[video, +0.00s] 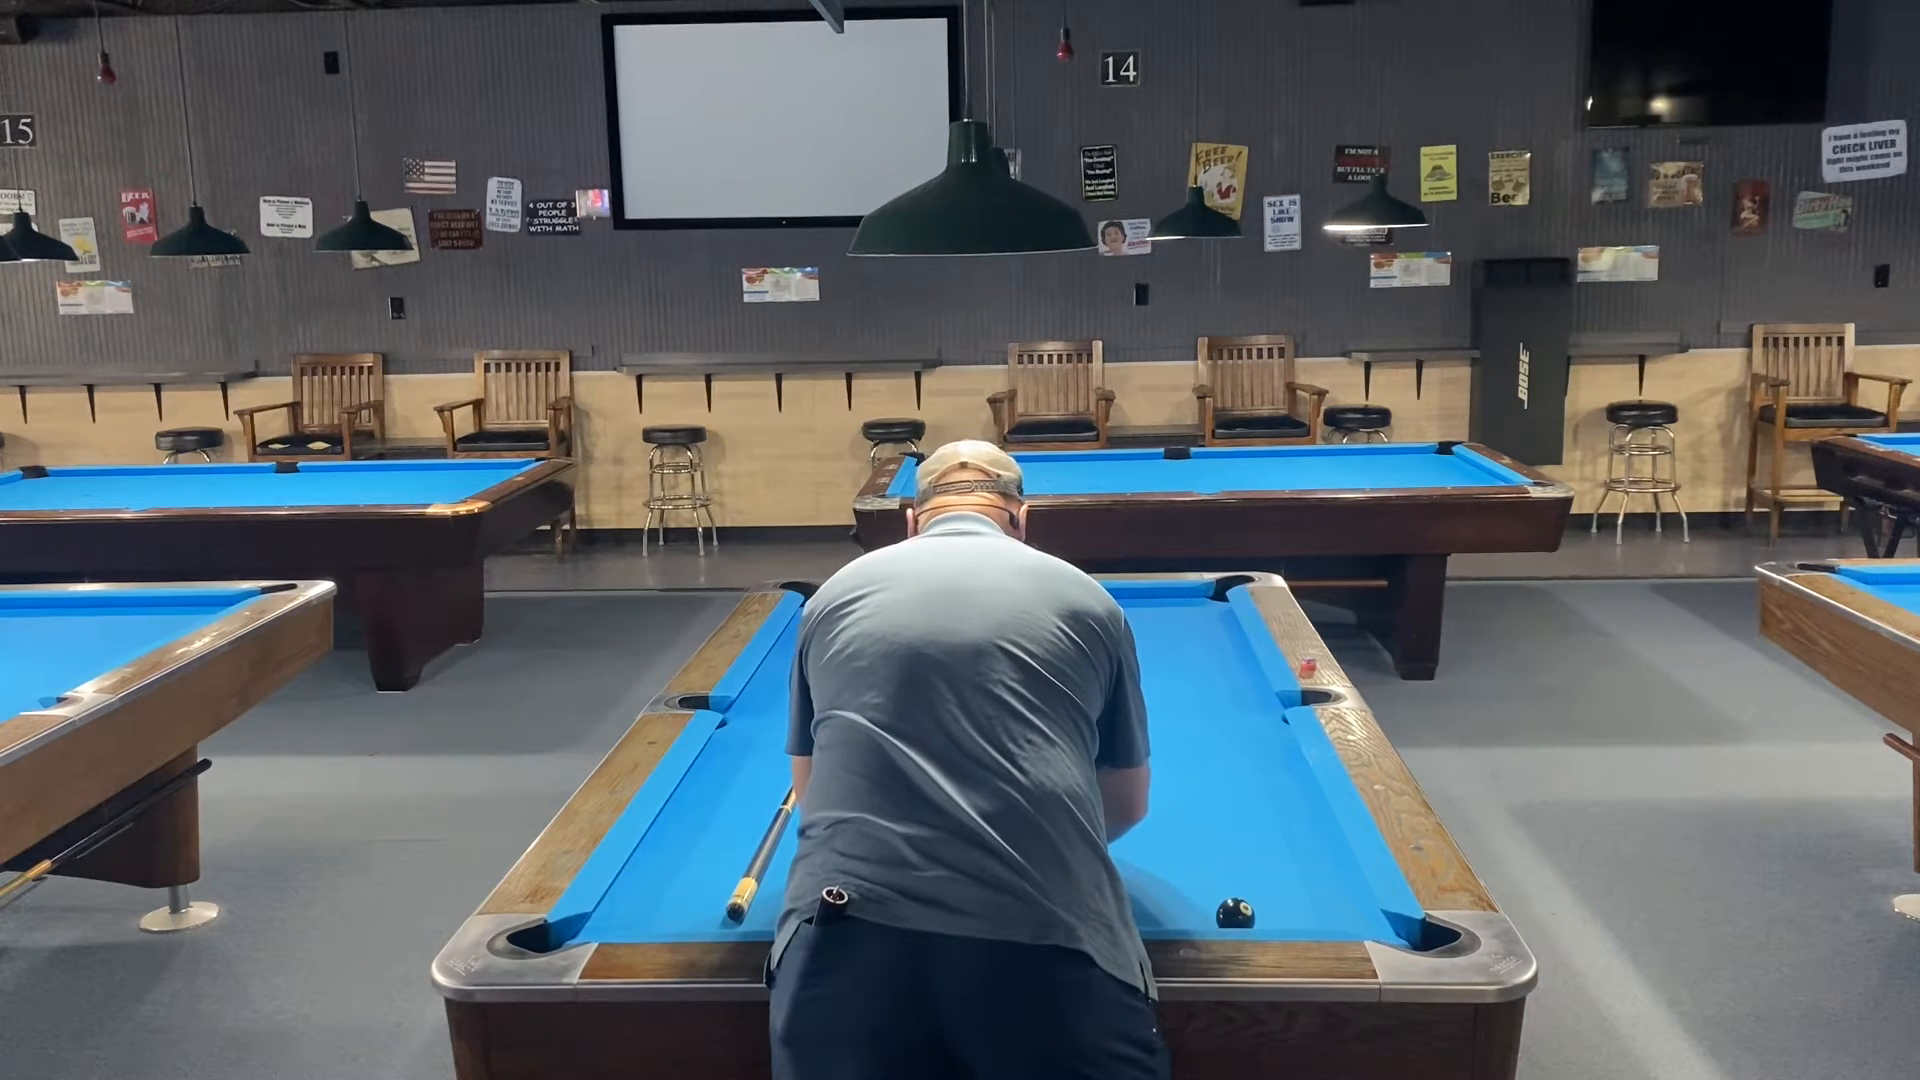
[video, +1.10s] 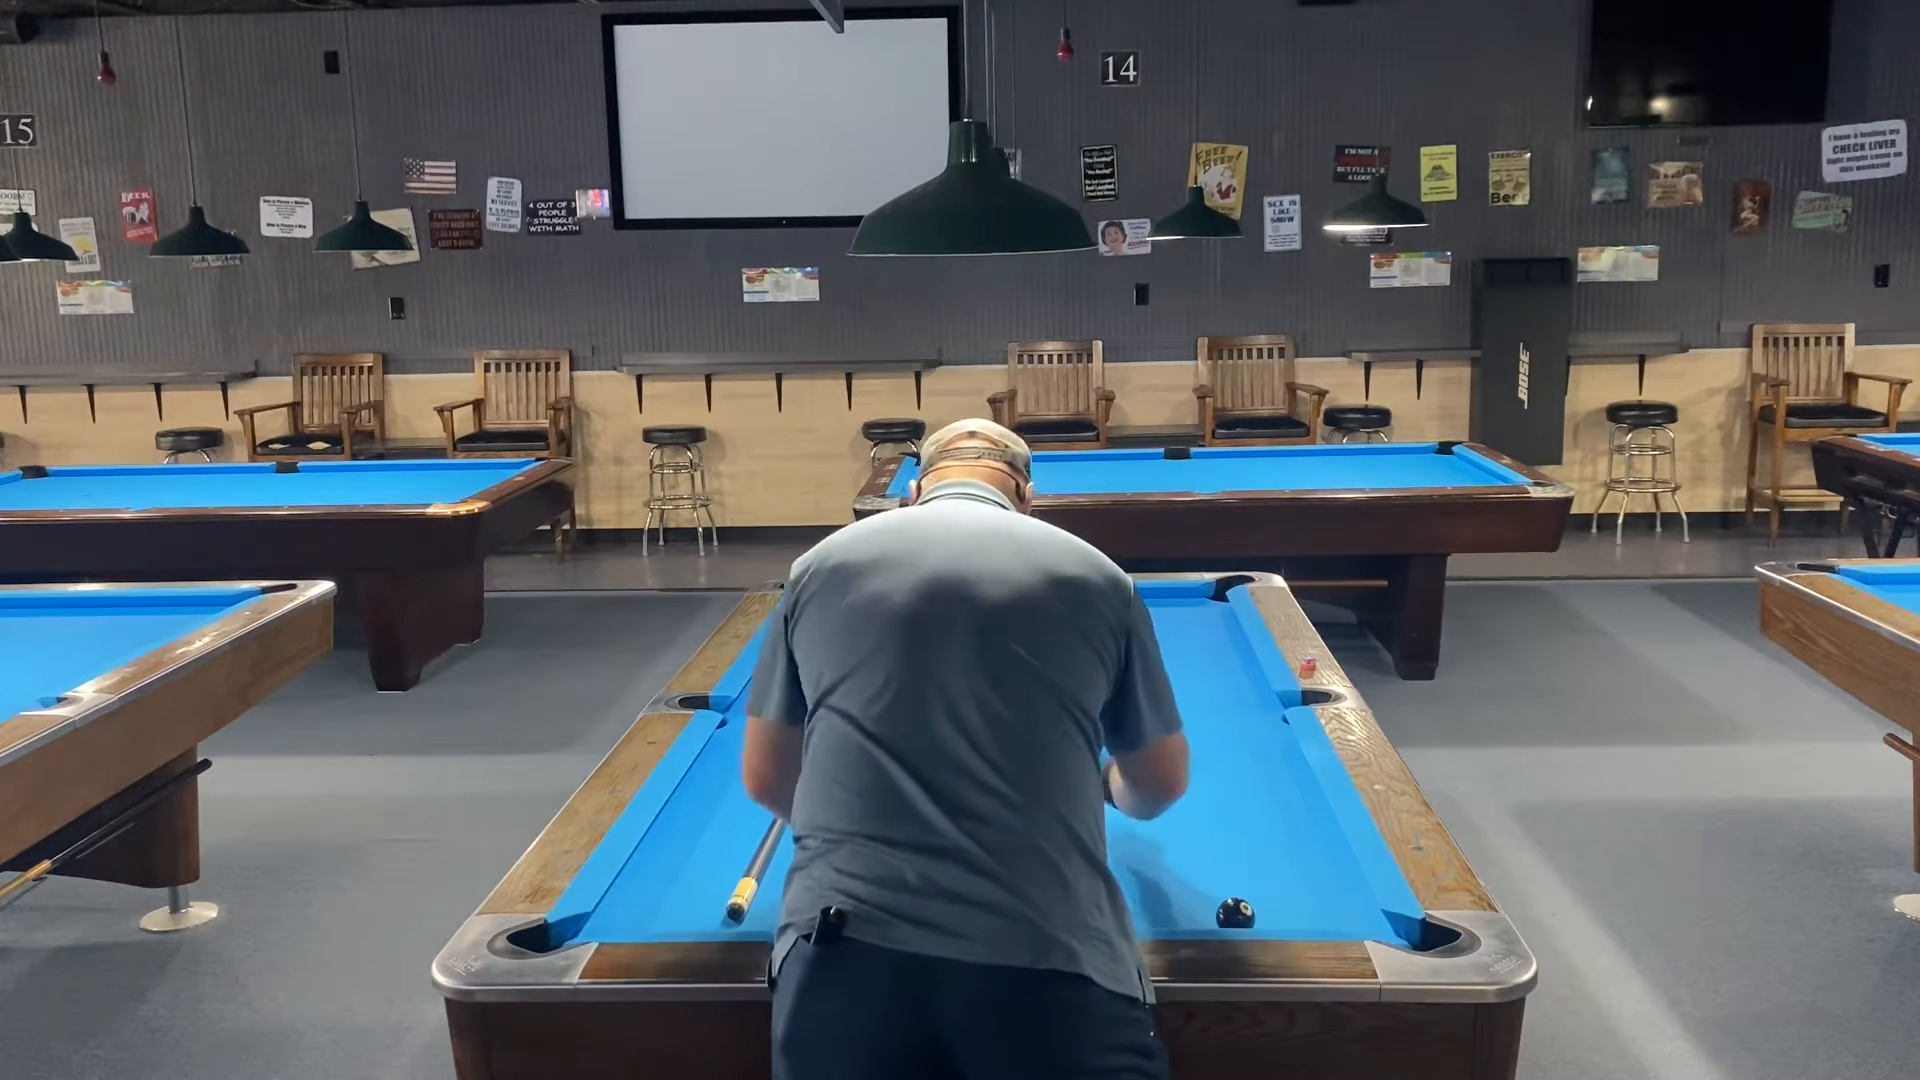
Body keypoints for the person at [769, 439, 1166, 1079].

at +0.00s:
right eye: (1020, 512)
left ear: (913, 519)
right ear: (1018, 517)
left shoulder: (835, 592)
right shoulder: (1089, 598)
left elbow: (809, 789)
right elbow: (1124, 801)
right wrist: (1030, 849)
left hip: (846, 956)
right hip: (1050, 963)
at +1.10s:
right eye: (1033, 490)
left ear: (915, 491)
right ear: (1024, 493)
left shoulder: (825, 562)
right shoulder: (1099, 578)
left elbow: (767, 774)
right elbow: (1158, 784)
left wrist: (857, 819)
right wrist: (1096, 776)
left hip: (846, 968)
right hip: (1052, 977)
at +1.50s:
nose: (1044, 485)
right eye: (1041, 470)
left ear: (914, 461)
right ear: (1027, 462)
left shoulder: (809, 552)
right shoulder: (1101, 561)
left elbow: (761, 778)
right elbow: (1176, 789)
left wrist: (846, 831)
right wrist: (1154, 831)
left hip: (844, 987)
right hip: (1053, 1005)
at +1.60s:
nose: (1049, 490)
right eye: (1046, 470)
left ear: (916, 460)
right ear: (1027, 452)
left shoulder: (810, 551)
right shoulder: (1099, 557)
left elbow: (769, 780)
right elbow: (1183, 804)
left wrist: (854, 829)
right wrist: (1210, 806)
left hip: (841, 997)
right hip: (1051, 1007)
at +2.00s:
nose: (1052, 477)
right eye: (1054, 464)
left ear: (938, 453)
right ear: (1052, 458)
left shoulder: (833, 549)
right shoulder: (1117, 562)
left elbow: (792, 772)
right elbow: (1214, 782)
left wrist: (880, 831)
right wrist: (1235, 881)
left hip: (848, 986)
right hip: (1056, 1005)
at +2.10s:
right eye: (1052, 468)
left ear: (939, 458)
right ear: (1051, 463)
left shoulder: (837, 550)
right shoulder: (1120, 566)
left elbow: (783, 772)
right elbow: (1211, 789)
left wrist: (870, 835)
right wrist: (1234, 863)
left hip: (851, 982)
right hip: (1060, 1000)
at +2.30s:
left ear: (935, 469)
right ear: (1045, 478)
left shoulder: (836, 557)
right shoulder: (1117, 573)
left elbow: (777, 772)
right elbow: (1192, 798)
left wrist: (861, 819)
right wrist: (1163, 822)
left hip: (854, 979)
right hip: (1066, 994)